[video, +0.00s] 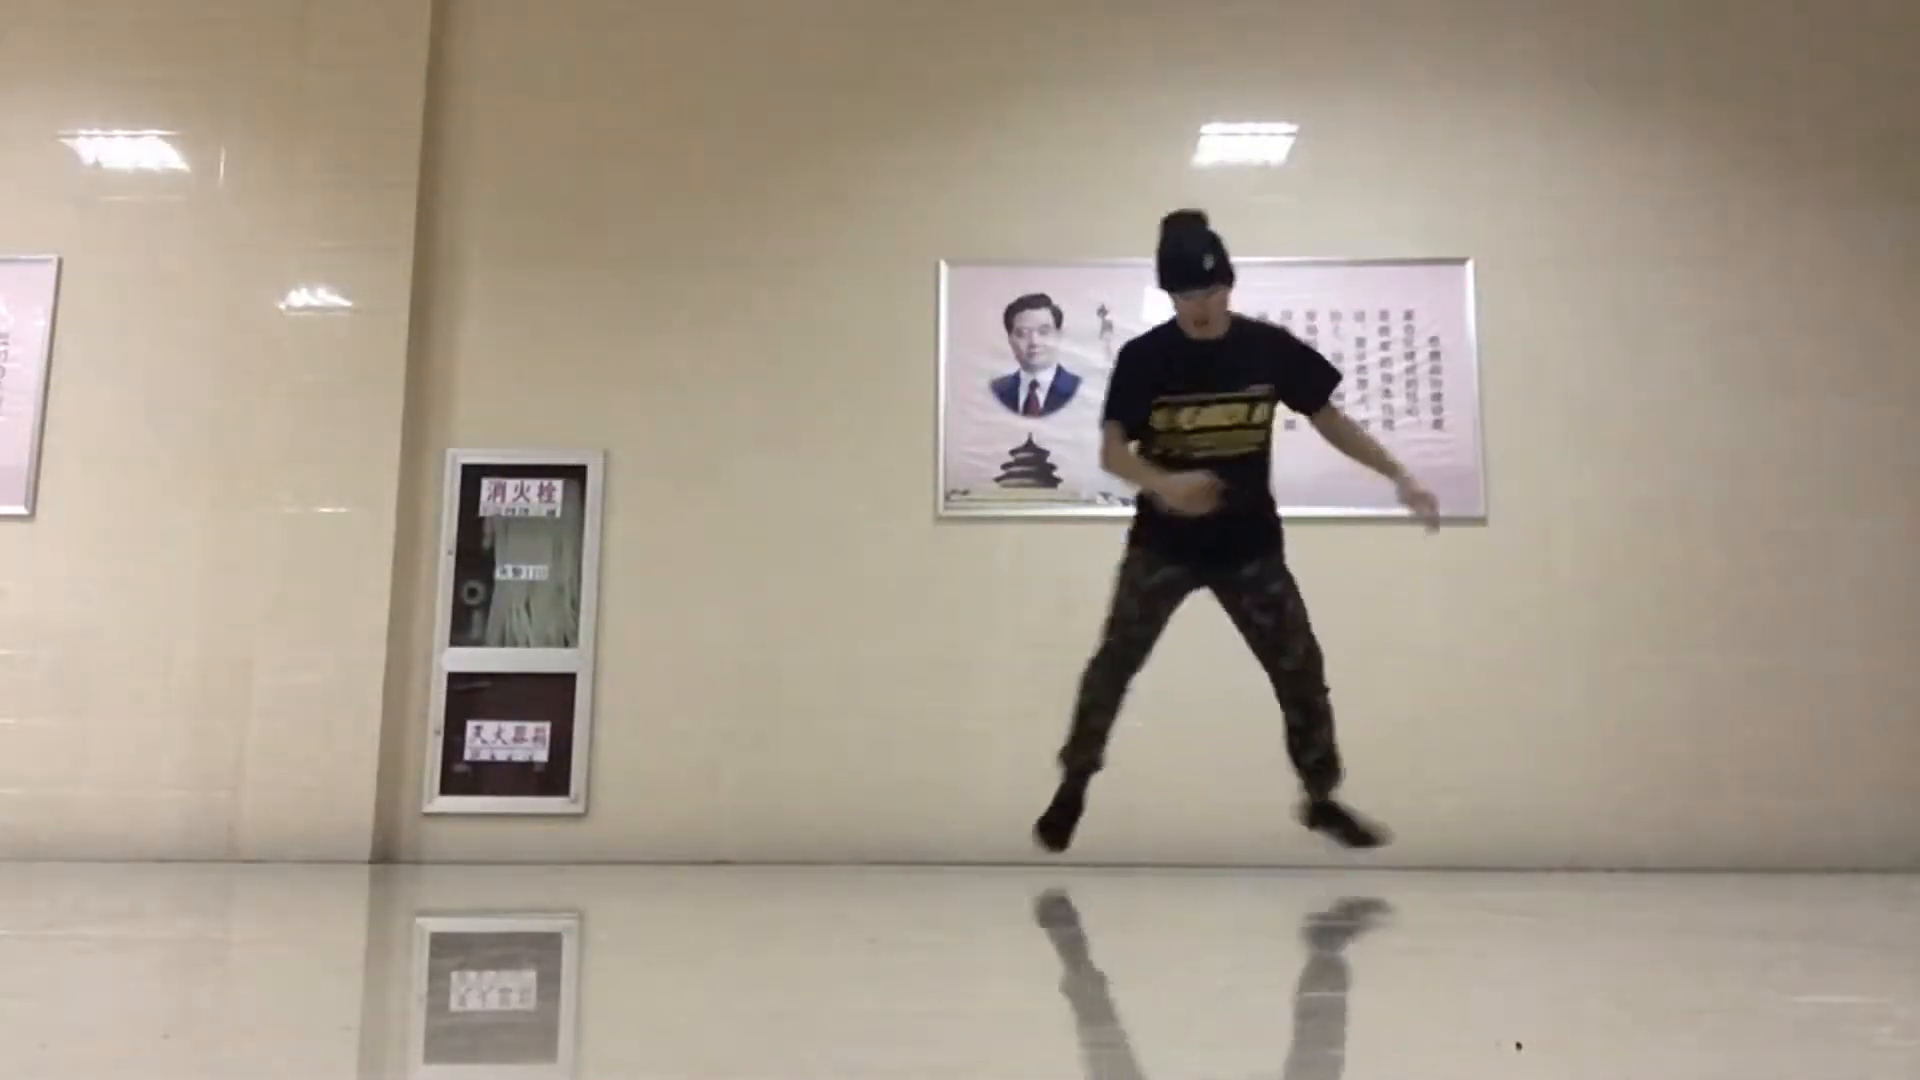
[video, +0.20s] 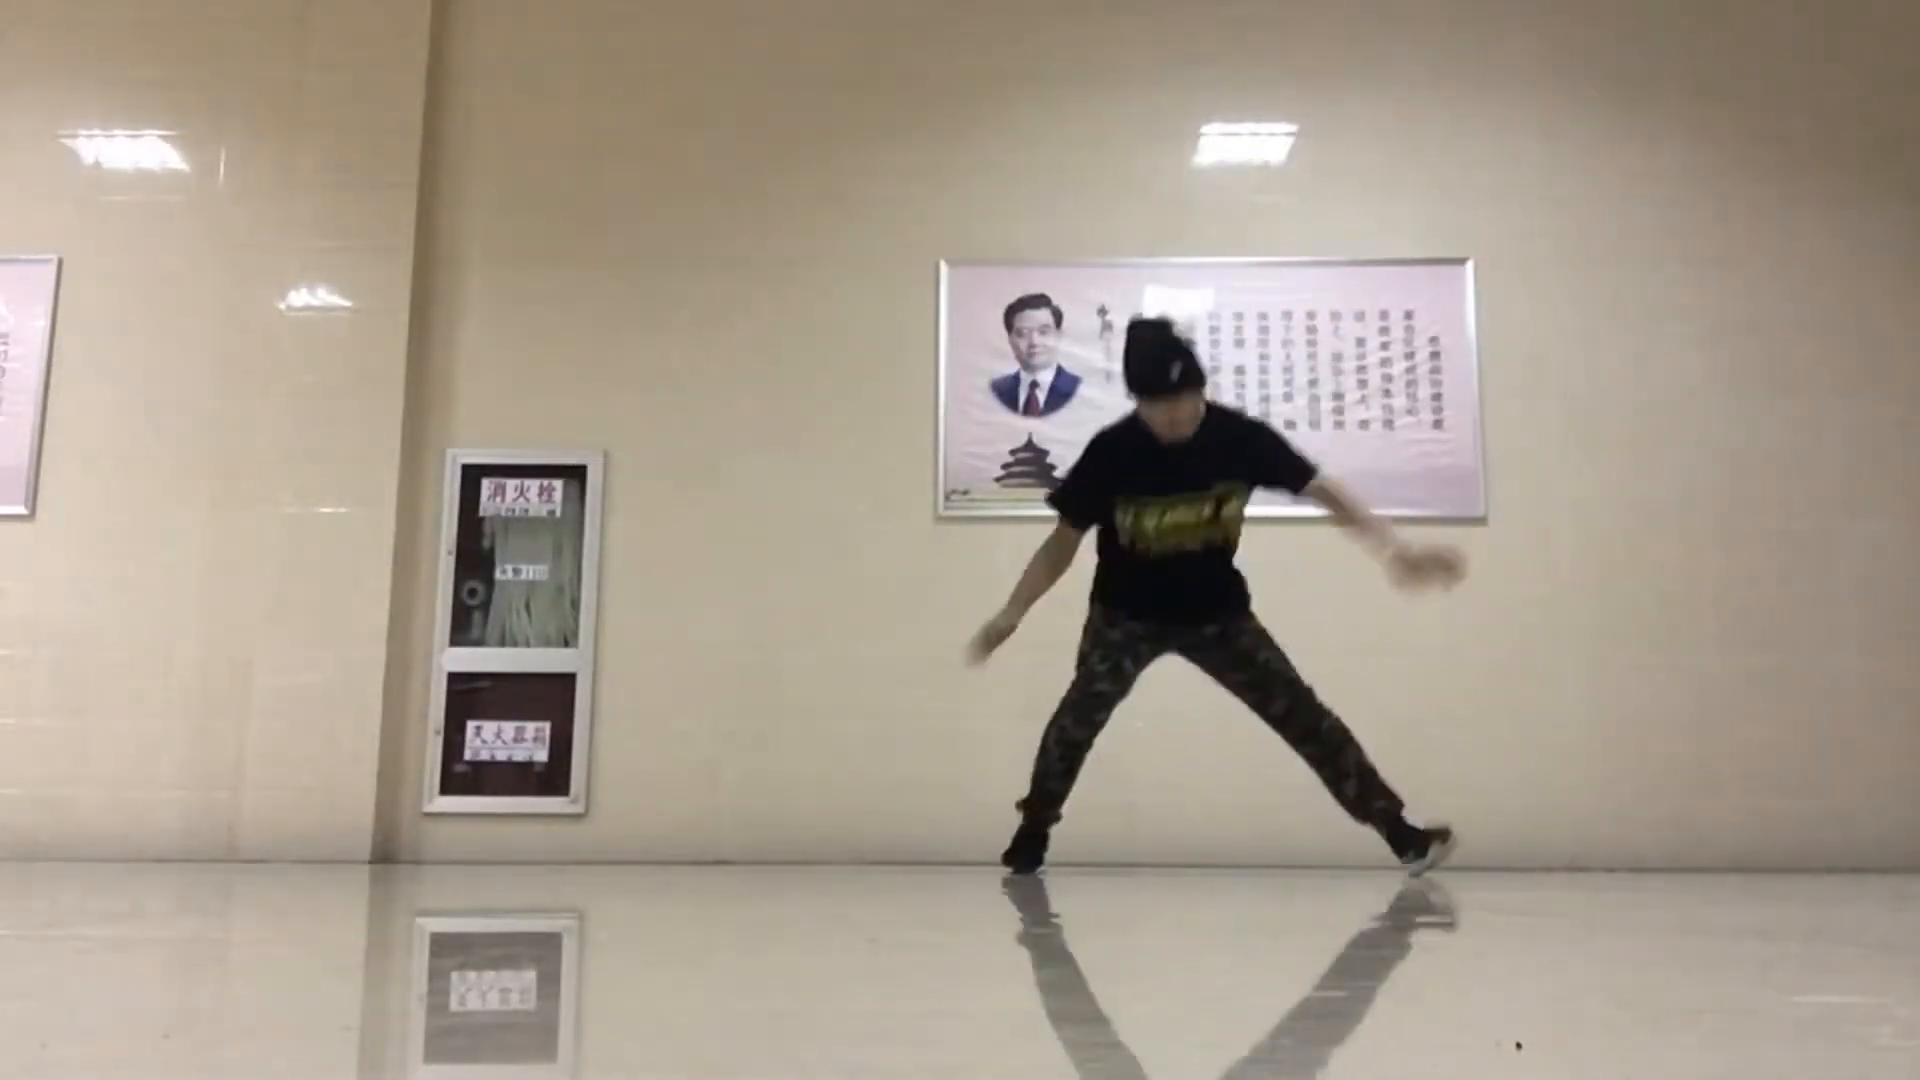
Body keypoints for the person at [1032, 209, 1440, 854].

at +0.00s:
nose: (1207, 302)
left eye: (1215, 287)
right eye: (1192, 292)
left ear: (1230, 282)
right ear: (1170, 293)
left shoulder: (1269, 349)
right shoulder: (1141, 359)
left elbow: (1332, 423)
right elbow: (1112, 454)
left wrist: (1400, 476)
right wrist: (1164, 484)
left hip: (1247, 545)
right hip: (1163, 546)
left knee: (1299, 666)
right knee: (1114, 662)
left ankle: (1322, 798)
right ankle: (1072, 785)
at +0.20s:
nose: (1168, 418)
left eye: (1178, 402)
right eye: (1154, 407)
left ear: (1198, 389)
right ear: (1137, 400)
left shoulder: (1240, 439)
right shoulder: (1111, 452)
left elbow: (1324, 491)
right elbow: (1061, 543)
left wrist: (1393, 549)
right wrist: (1010, 614)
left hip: (1215, 613)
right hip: (1126, 615)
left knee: (1299, 713)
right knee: (1082, 713)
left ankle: (1396, 826)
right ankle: (1033, 828)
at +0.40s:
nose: (1101, 537)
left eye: (1097, 528)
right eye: (1090, 532)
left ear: (1109, 498)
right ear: (1085, 502)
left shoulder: (1212, 495)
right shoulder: (1149, 492)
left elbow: (1215, 612)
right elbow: (1204, 585)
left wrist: (1163, 714)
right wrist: (1168, 684)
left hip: (1324, 570)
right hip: (1247, 579)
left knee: (1377, 701)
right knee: (1177, 696)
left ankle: (1424, 834)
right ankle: (1109, 810)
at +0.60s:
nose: (1078, 637)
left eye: (1067, 628)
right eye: (1067, 628)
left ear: (1073, 604)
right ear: (1071, 581)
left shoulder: (1132, 601)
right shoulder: (1129, 539)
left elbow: (1124, 719)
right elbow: (1080, 529)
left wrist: (1104, 822)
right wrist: (1019, 535)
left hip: (1343, 593)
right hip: (1368, 535)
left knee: (1367, 740)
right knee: (1497, 627)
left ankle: (1474, 834)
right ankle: (1661, 651)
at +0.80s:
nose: (1125, 723)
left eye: (1117, 720)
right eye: (1119, 721)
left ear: (1092, 689)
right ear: (1133, 687)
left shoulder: (1107, 643)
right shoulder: (1179, 624)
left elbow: (1112, 744)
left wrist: (1109, 856)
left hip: (1264, 535)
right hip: (1273, 475)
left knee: (1439, 603)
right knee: (1412, 374)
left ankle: (1646, 583)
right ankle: (1246, 346)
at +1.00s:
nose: (1250, 711)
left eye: (1247, 728)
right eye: (1265, 716)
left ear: (1230, 712)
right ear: (1279, 691)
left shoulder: (1158, 656)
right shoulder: (1302, 617)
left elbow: (1104, 747)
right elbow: (1388, 678)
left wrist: (1106, 857)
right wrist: (1468, 748)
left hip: (1118, 463)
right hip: (1202, 444)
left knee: (1044, 579)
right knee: (1318, 330)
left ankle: (908, 648)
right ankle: (1350, 136)